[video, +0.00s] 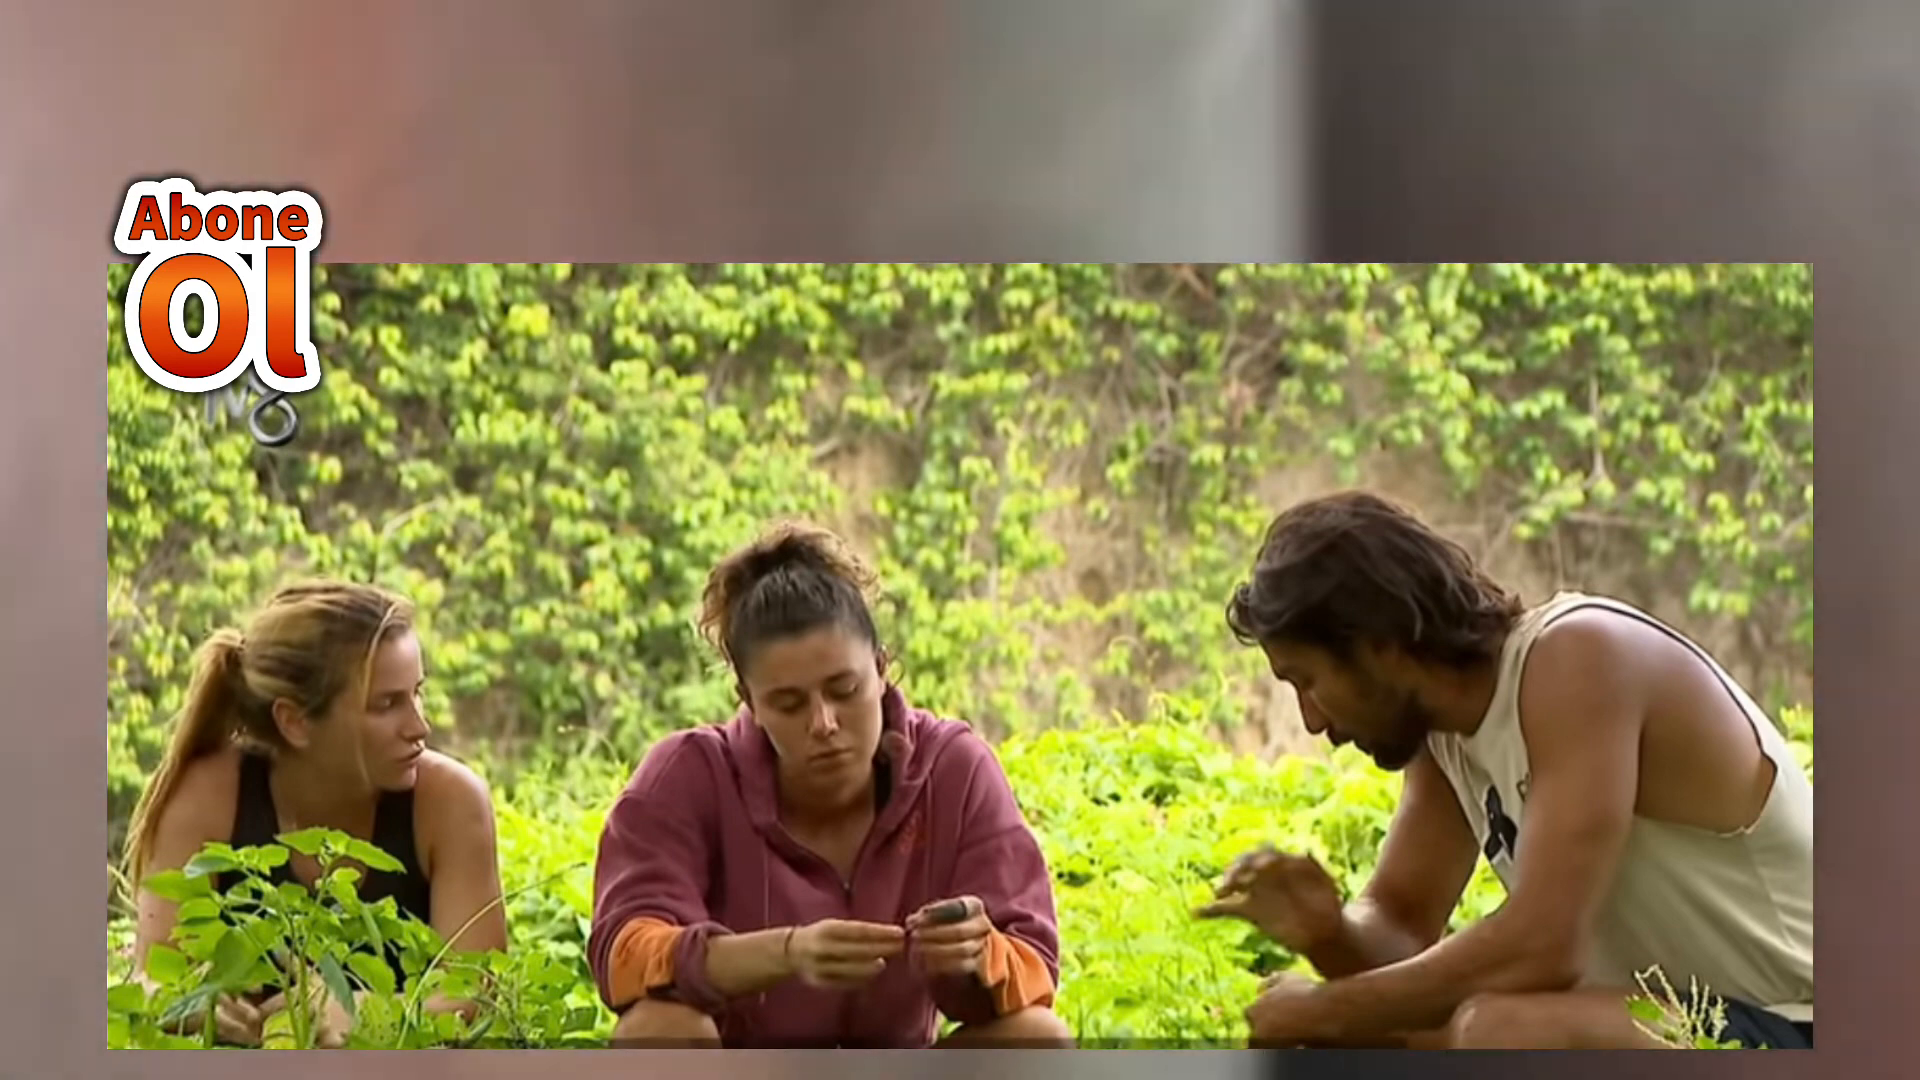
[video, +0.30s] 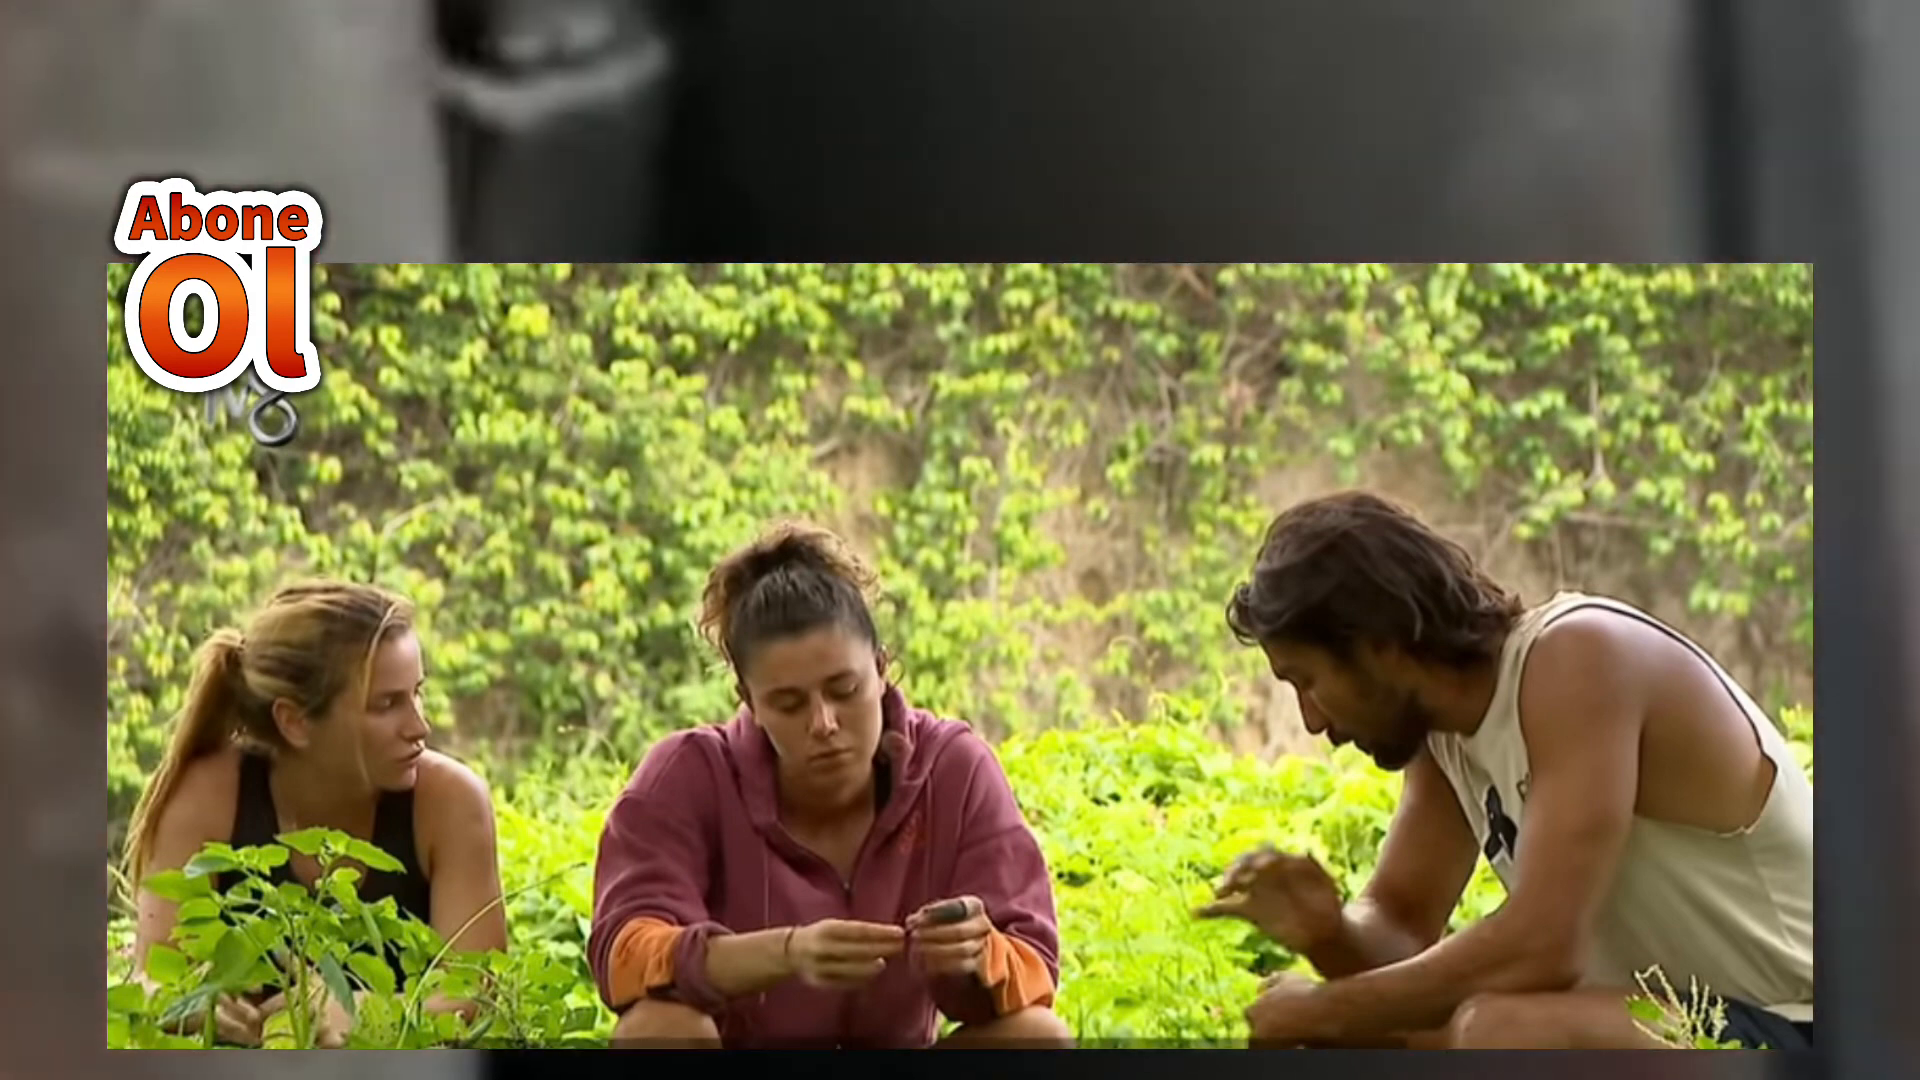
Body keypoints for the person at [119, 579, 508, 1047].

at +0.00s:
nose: (420, 725)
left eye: (417, 695)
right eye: (388, 705)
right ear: (295, 722)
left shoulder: (451, 799)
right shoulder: (205, 792)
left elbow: (470, 1000)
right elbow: (153, 983)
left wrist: (355, 1013)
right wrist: (200, 1008)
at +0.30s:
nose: (420, 726)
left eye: (417, 695)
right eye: (388, 705)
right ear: (295, 722)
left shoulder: (451, 799)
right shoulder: (205, 792)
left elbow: (471, 1002)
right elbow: (154, 983)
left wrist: (355, 1013)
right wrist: (200, 1008)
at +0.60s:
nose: (420, 725)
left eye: (417, 695)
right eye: (388, 705)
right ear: (295, 722)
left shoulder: (451, 799)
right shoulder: (206, 792)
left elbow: (470, 1003)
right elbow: (152, 984)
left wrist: (355, 1013)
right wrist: (199, 1009)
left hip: (386, 1064)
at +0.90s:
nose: (420, 725)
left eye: (417, 695)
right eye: (388, 705)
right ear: (295, 723)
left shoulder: (451, 800)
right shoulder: (206, 792)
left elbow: (470, 1003)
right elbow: (153, 984)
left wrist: (354, 1013)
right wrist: (199, 1009)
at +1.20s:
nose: (420, 725)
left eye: (417, 695)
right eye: (388, 704)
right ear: (295, 723)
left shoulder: (451, 799)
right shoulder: (206, 791)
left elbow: (471, 1001)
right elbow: (152, 982)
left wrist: (355, 1013)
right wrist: (197, 1008)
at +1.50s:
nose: (420, 725)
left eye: (417, 695)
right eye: (388, 705)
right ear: (295, 722)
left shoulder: (451, 799)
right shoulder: (206, 791)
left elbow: (470, 1001)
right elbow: (152, 982)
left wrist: (355, 1012)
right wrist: (197, 1008)